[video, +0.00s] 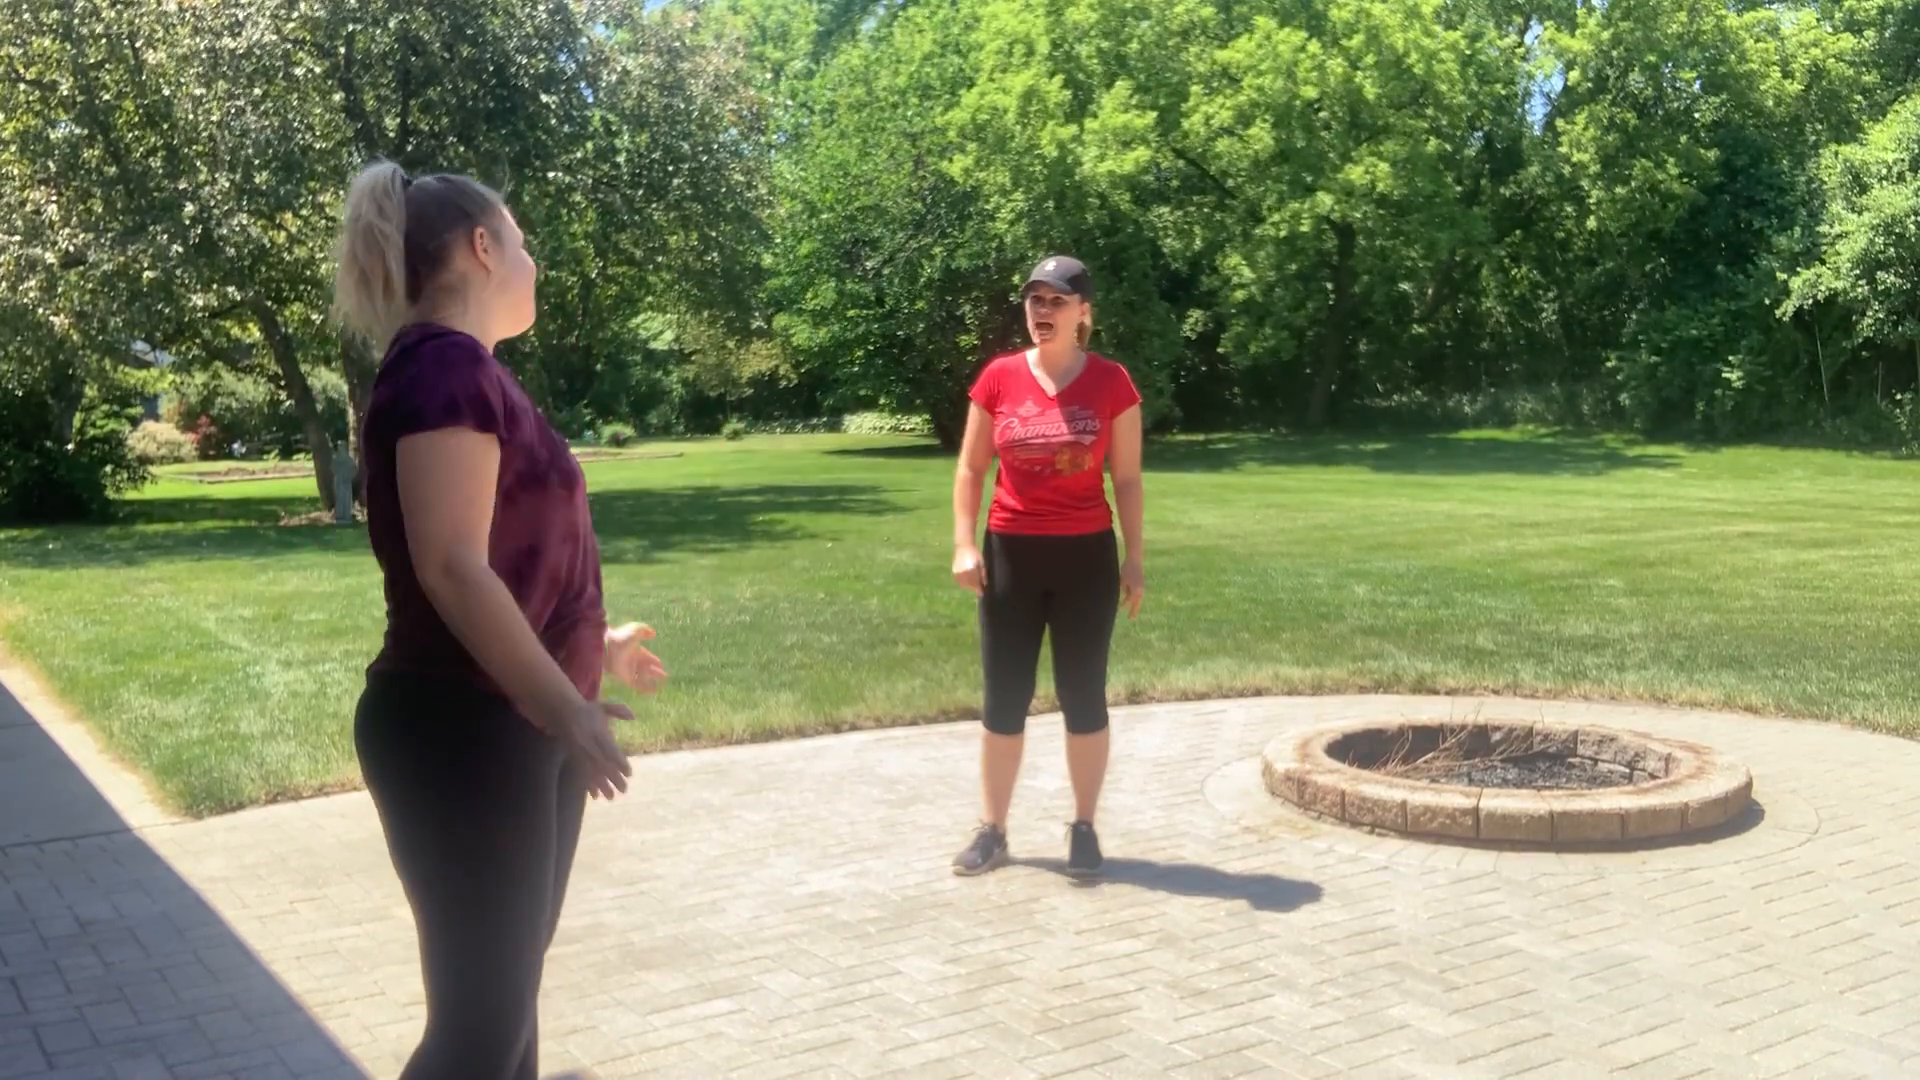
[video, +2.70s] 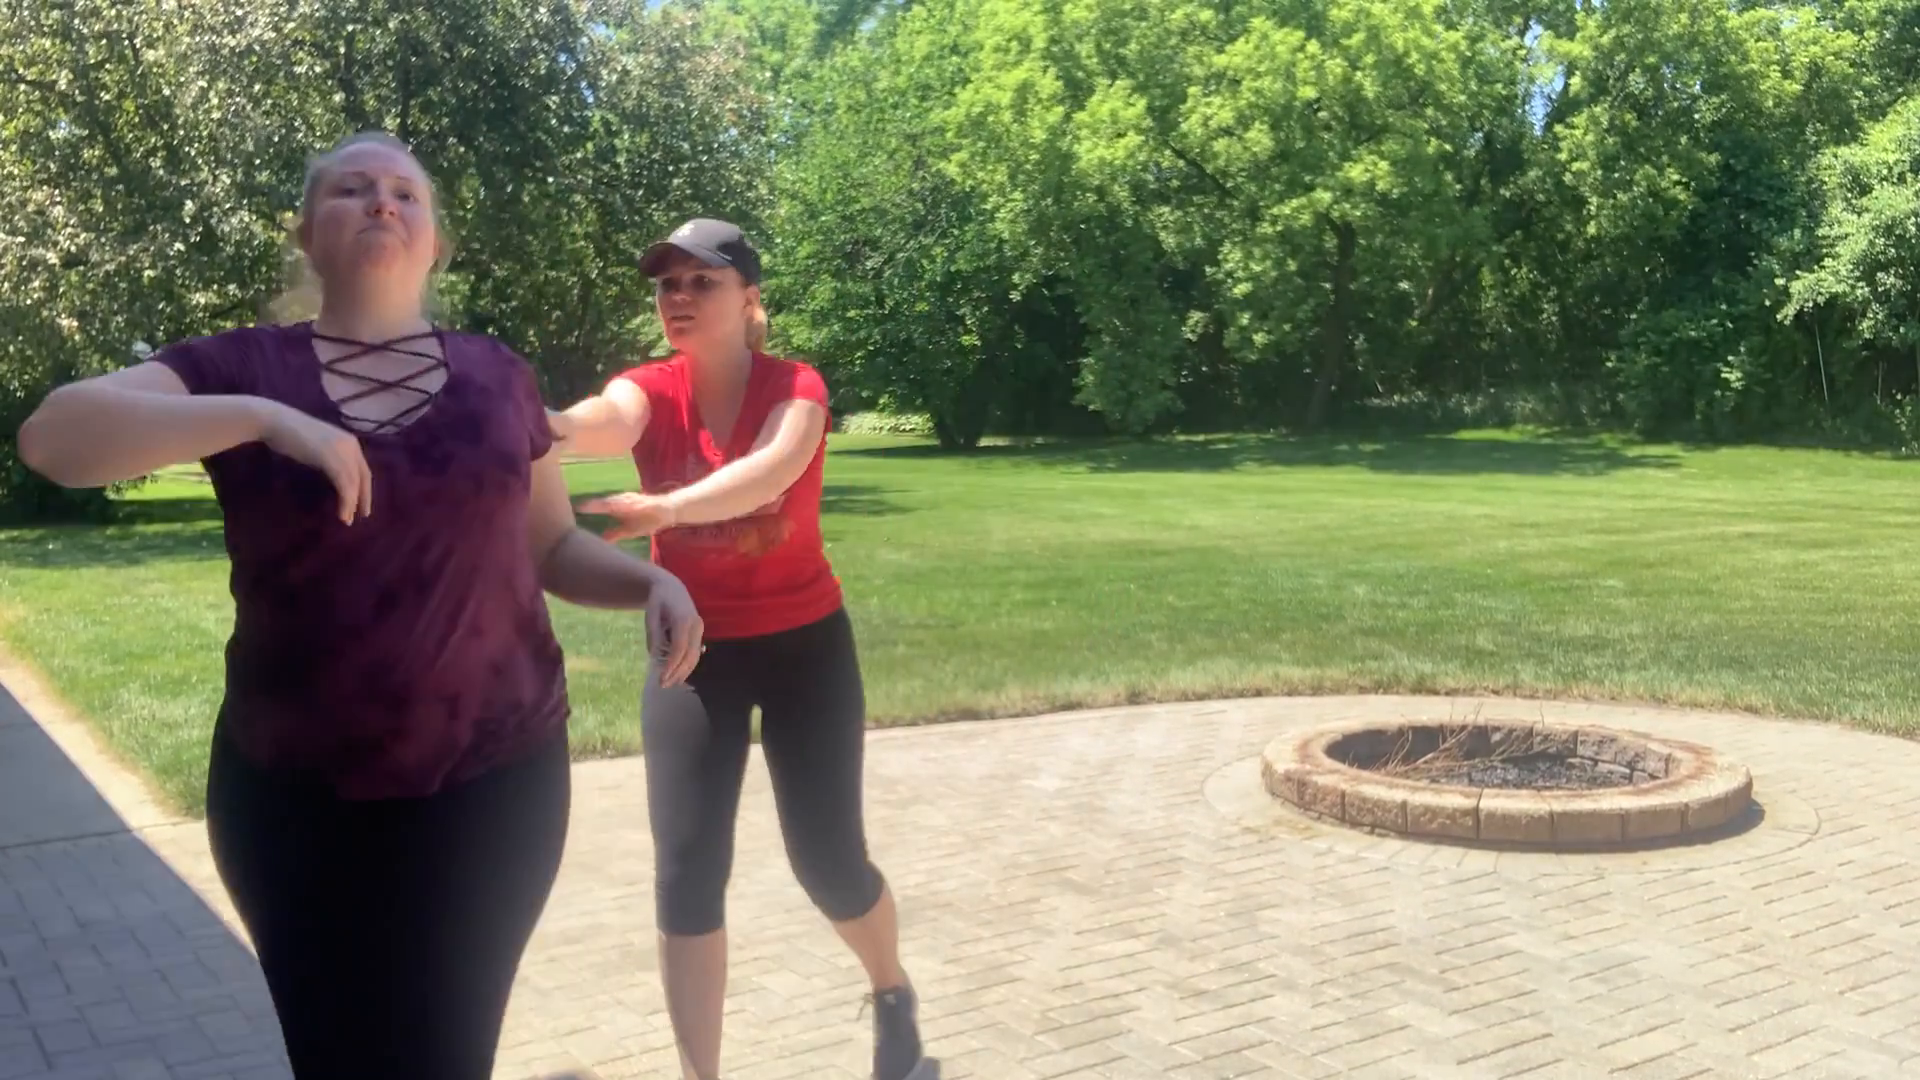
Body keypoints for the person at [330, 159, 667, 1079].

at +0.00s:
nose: (532, 262)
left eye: (525, 242)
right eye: (520, 241)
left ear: (451, 259)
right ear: (479, 246)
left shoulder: (467, 372)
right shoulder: (446, 365)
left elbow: (467, 573)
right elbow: (450, 566)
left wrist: (584, 644)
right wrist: (563, 712)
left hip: (505, 721)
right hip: (467, 725)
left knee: (502, 1021)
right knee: (480, 1028)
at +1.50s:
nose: (579, 259)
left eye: (572, 240)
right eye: (565, 242)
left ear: (514, 262)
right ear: (517, 261)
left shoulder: (553, 365)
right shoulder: (447, 384)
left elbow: (607, 504)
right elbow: (395, 566)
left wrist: (685, 604)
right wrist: (519, 726)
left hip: (588, 732)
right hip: (482, 744)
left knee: (542, 991)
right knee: (468, 1024)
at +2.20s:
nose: (604, 275)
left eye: (606, 254)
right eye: (581, 254)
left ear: (603, 258)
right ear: (504, 260)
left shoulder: (593, 371)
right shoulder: (443, 370)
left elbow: (606, 553)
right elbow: (388, 543)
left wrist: (674, 651)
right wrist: (449, 645)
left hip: (573, 721)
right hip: (442, 719)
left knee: (541, 1005)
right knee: (459, 1011)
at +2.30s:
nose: (560, 280)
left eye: (571, 259)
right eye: (536, 257)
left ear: (583, 265)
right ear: (466, 257)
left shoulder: (579, 385)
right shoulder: (411, 363)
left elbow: (586, 568)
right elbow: (315, 519)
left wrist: (683, 639)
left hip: (568, 729)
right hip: (427, 728)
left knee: (530, 1015)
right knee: (440, 1024)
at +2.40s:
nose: (511, 267)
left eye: (530, 250)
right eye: (485, 246)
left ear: (551, 274)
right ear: (432, 262)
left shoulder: (568, 399)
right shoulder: (370, 363)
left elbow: (584, 575)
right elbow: (243, 507)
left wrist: (680, 615)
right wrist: (317, 419)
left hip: (550, 747)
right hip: (389, 743)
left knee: (534, 1036)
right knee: (417, 1038)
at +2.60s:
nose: (425, 217)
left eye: (447, 209)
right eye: (397, 202)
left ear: (471, 251)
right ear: (347, 237)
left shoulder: (517, 383)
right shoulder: (284, 352)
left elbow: (561, 560)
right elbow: (108, 434)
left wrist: (651, 590)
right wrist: (295, 380)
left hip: (506, 764)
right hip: (320, 769)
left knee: (509, 1054)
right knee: (364, 1056)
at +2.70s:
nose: (381, 201)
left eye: (405, 194)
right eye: (351, 189)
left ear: (435, 245)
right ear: (304, 236)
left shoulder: (499, 374)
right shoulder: (248, 364)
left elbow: (553, 544)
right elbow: (51, 437)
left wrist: (652, 583)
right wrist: (259, 417)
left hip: (489, 775)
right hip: (295, 781)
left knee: (448, 1052)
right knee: (336, 1054)